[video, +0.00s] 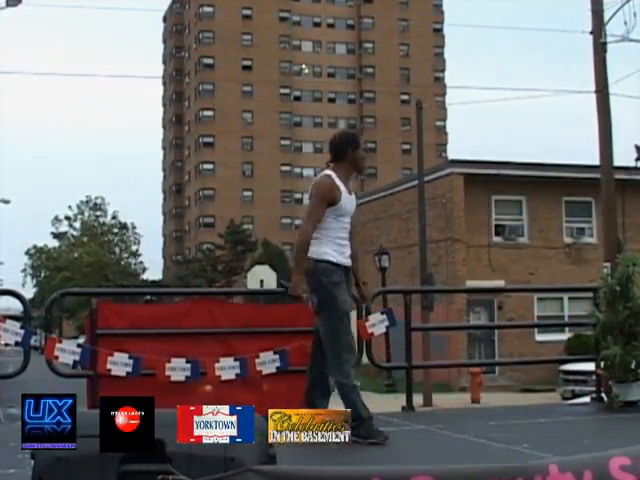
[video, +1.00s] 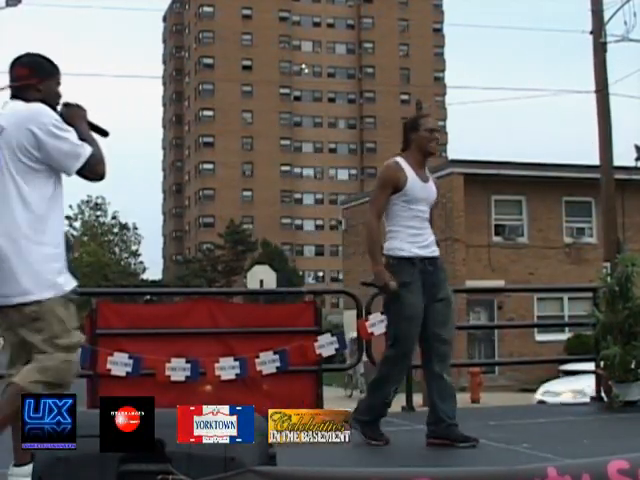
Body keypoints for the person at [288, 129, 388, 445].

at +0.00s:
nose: (364, 157)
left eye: (363, 152)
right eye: (361, 152)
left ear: (345, 154)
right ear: (350, 154)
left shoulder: (346, 187)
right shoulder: (326, 183)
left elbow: (345, 241)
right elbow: (306, 231)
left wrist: (356, 282)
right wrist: (297, 275)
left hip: (340, 270)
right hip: (324, 269)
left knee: (326, 348)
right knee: (341, 350)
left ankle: (314, 417)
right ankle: (361, 423)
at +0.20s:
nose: (378, 151)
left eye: (377, 146)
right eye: (374, 146)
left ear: (361, 149)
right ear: (358, 148)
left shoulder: (361, 182)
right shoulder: (336, 179)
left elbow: (356, 236)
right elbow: (309, 225)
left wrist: (364, 278)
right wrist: (305, 273)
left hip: (356, 266)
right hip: (337, 265)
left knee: (352, 342)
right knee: (353, 342)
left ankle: (322, 409)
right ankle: (361, 424)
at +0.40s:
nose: (385, 146)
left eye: (384, 141)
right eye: (379, 141)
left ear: (369, 146)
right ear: (361, 145)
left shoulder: (372, 178)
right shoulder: (341, 178)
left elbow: (364, 228)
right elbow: (323, 227)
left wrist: (376, 259)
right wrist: (329, 278)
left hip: (373, 266)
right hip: (350, 266)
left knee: (391, 340)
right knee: (357, 345)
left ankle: (353, 400)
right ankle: (361, 426)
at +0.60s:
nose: (397, 142)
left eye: (396, 137)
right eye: (390, 136)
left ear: (385, 144)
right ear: (372, 142)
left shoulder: (385, 178)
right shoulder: (356, 177)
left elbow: (377, 227)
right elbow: (336, 225)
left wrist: (386, 263)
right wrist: (351, 272)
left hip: (386, 267)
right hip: (363, 268)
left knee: (400, 346)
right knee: (362, 350)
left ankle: (423, 421)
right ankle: (361, 426)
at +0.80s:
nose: (414, 141)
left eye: (414, 136)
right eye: (408, 135)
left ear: (407, 143)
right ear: (389, 140)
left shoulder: (403, 179)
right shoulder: (373, 175)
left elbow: (399, 229)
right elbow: (360, 224)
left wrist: (409, 268)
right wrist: (367, 275)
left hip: (406, 269)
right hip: (380, 270)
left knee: (421, 348)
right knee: (375, 351)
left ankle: (440, 424)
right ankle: (362, 426)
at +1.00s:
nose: (436, 137)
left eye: (438, 132)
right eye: (429, 131)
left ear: (436, 139)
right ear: (411, 137)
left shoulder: (430, 180)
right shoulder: (393, 170)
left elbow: (428, 227)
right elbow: (372, 217)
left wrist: (436, 261)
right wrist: (378, 266)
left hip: (432, 265)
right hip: (403, 265)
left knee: (439, 348)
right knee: (403, 347)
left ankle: (442, 426)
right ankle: (367, 417)